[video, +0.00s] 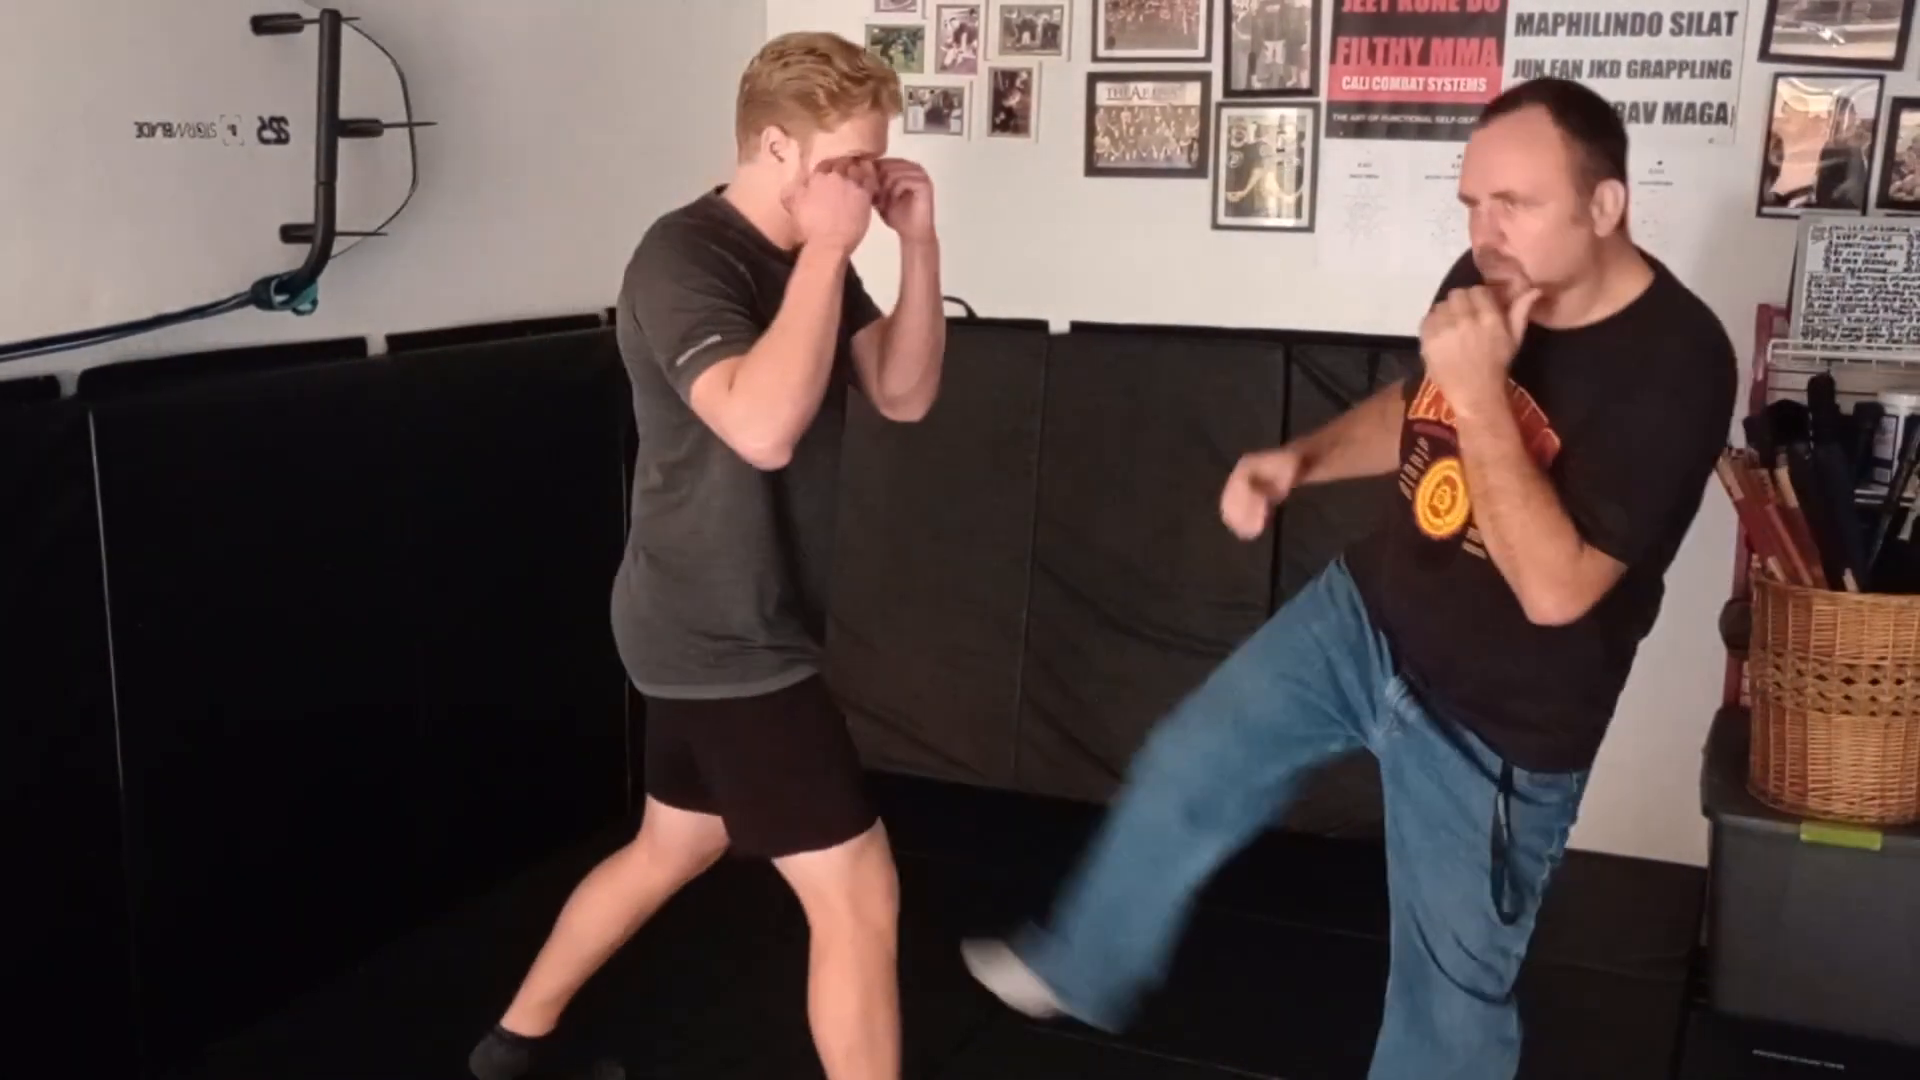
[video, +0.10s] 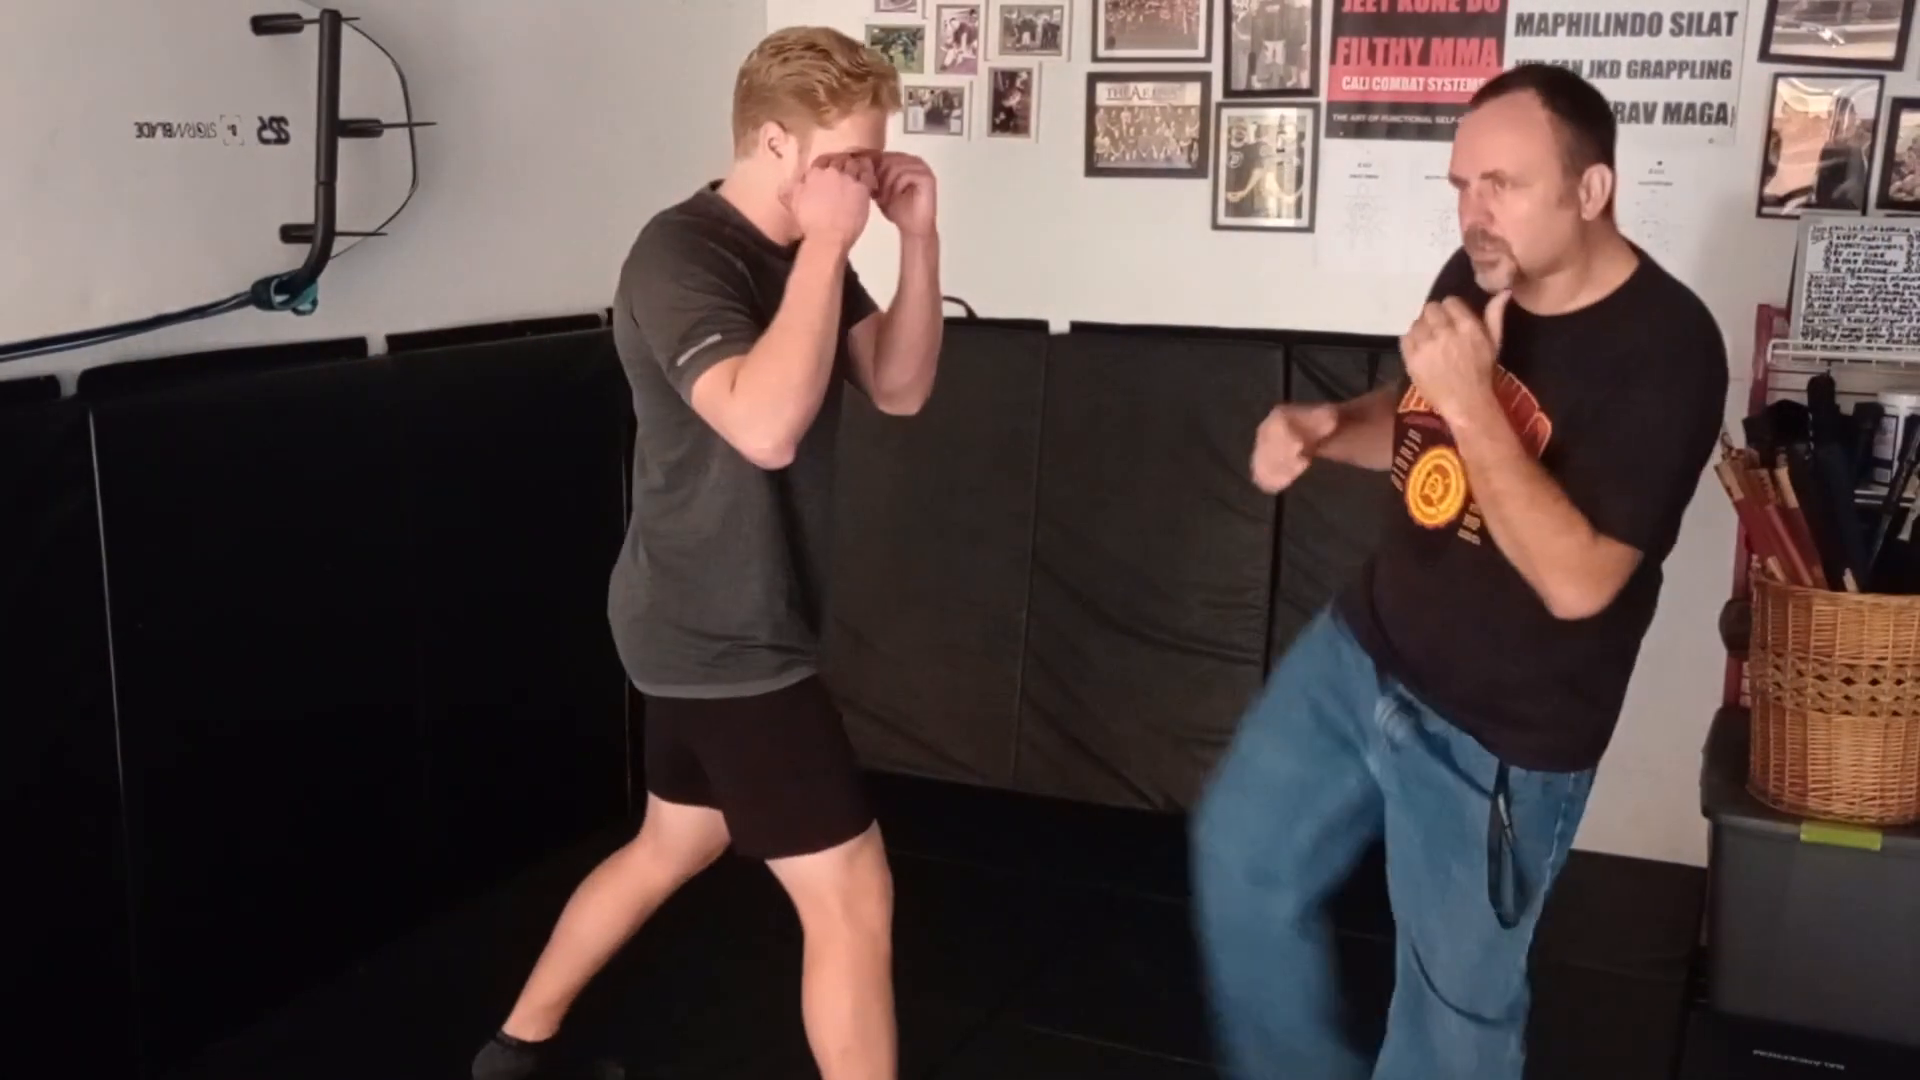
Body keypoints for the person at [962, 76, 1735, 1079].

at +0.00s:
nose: (1483, 235)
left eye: (1513, 205)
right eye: (1473, 205)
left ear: (1606, 206)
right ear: (1464, 199)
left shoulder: (1681, 364)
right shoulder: (1487, 288)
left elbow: (1561, 590)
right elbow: (1421, 410)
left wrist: (1476, 396)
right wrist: (1303, 459)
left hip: (1496, 743)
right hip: (1363, 618)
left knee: (1449, 1016)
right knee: (1186, 769)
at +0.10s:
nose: (1470, 213)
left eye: (1501, 184)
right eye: (1462, 183)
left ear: (1596, 189)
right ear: (1454, 183)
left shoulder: (1674, 352)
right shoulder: (1477, 276)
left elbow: (1581, 582)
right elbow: (1421, 424)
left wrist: (1471, 409)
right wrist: (1323, 429)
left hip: (1499, 754)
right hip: (1359, 658)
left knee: (1451, 1030)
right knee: (1241, 857)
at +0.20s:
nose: (1465, 197)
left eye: (1495, 170)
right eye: (1456, 166)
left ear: (1584, 180)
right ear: (1447, 165)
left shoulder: (1667, 339)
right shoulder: (1452, 280)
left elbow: (1629, 576)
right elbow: (1412, 451)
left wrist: (1471, 426)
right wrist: (1340, 432)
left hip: (1524, 760)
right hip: (1379, 706)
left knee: (1465, 1042)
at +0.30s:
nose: (1444, 193)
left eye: (1477, 167)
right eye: (1437, 165)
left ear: (1560, 181)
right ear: (1428, 167)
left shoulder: (1644, 333)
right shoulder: (1422, 293)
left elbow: (1664, 560)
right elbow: (1390, 469)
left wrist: (1473, 468)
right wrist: (1330, 462)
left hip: (1547, 748)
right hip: (1426, 718)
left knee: (1480, 1037)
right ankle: (1576, 1065)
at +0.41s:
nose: (1410, 190)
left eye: (1439, 165)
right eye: (1406, 164)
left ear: (1525, 177)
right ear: (1403, 165)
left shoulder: (1620, 303)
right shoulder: (1416, 296)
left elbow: (1656, 523)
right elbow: (1376, 486)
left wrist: (1462, 429)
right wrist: (1337, 443)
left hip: (1571, 733)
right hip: (1445, 710)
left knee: (1519, 1023)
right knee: (1470, 987)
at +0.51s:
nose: (1398, 195)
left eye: (1421, 170)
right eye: (1396, 168)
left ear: (1510, 173)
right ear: (1495, 172)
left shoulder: (1602, 295)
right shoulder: (1445, 291)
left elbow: (1591, 515)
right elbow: (1429, 481)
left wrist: (1435, 399)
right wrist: (1362, 412)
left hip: (1580, 724)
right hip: (1440, 691)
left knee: (1580, 1019)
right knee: (1383, 897)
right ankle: (1492, 1071)